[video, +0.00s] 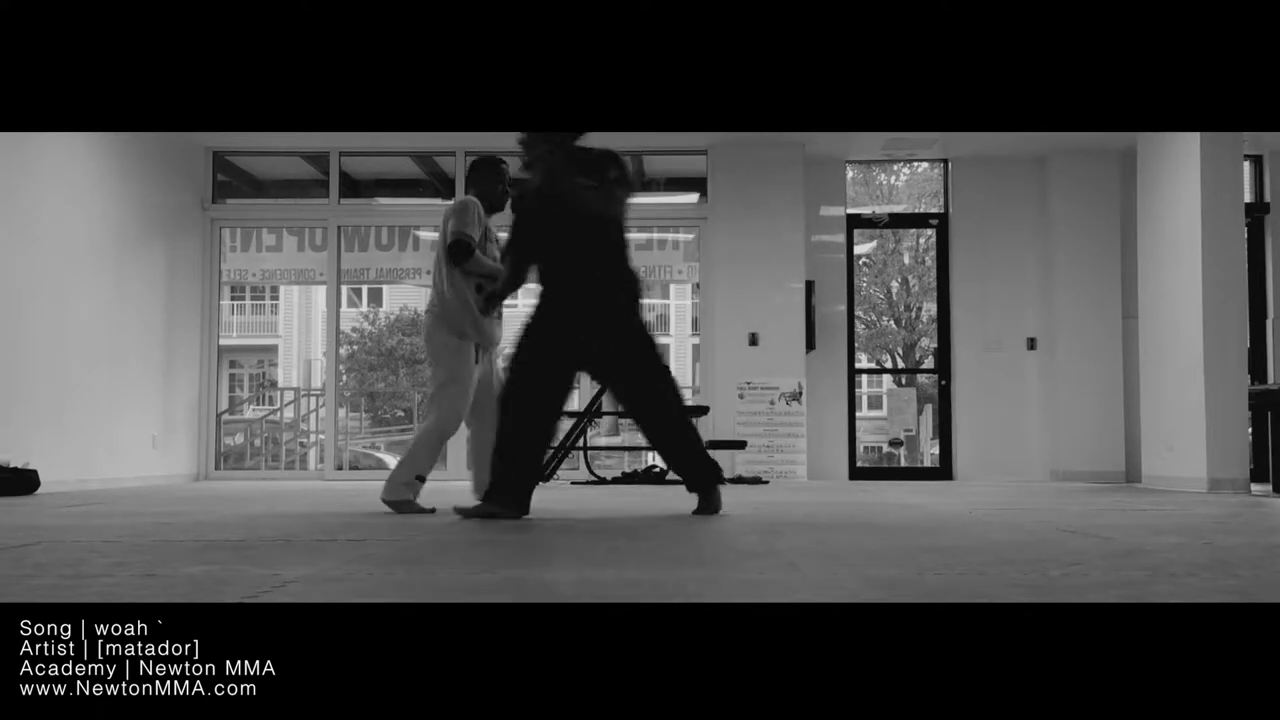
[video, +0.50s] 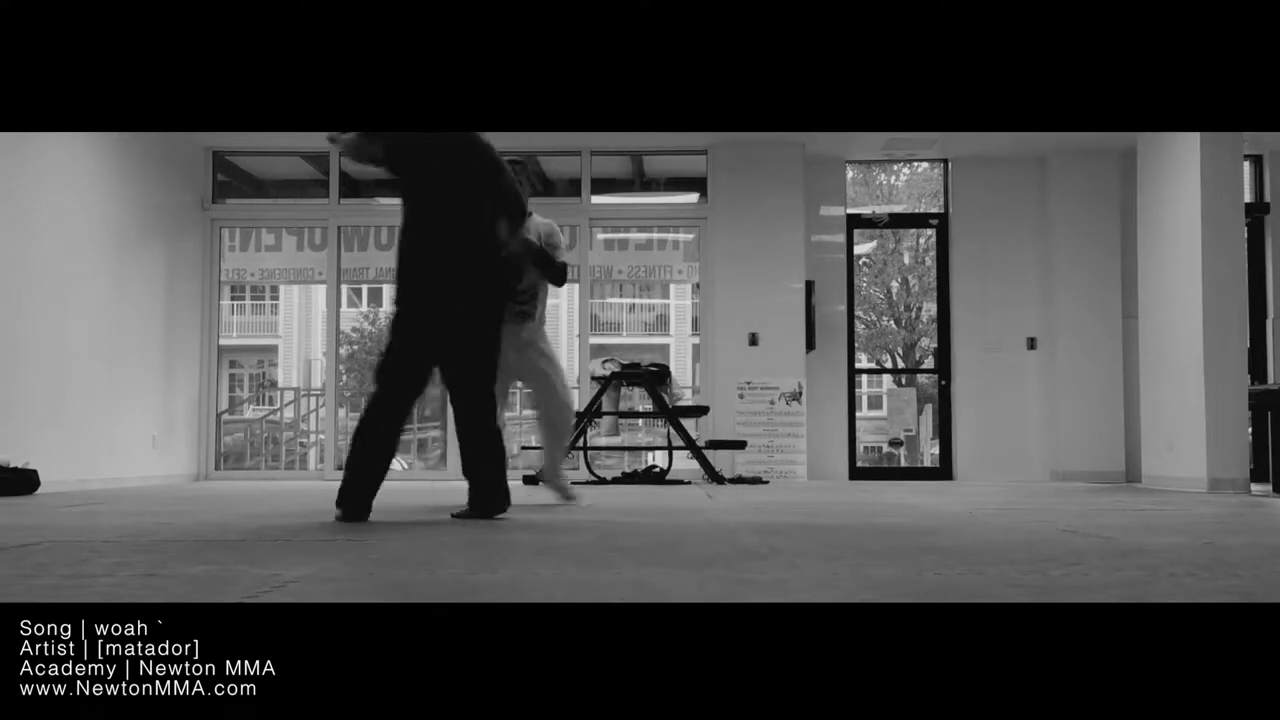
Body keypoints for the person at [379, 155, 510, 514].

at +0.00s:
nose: (508, 191)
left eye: (508, 184)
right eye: (504, 184)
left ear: (483, 184)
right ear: (488, 184)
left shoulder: (487, 229)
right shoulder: (467, 206)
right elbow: (460, 252)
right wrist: (504, 272)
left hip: (481, 336)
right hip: (453, 330)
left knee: (489, 417)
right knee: (448, 416)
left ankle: (490, 496)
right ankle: (399, 491)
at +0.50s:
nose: (514, 194)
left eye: (519, 186)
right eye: (507, 187)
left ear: (528, 191)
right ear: (496, 193)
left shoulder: (543, 229)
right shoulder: (487, 230)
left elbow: (560, 277)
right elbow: (476, 277)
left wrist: (530, 250)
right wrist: (504, 252)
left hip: (530, 337)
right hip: (493, 337)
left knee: (559, 403)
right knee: (487, 411)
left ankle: (552, 471)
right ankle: (487, 483)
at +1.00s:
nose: (488, 255)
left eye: (492, 247)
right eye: (483, 249)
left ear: (507, 242)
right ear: (481, 251)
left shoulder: (536, 260)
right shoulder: (489, 277)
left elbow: (563, 279)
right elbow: (463, 294)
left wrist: (517, 292)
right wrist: (469, 250)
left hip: (567, 359)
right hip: (525, 366)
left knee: (589, 424)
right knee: (490, 414)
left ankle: (628, 491)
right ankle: (491, 493)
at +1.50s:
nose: (503, 223)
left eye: (509, 215)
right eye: (498, 217)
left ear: (524, 215)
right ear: (492, 220)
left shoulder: (544, 239)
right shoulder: (493, 250)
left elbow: (564, 276)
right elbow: (478, 294)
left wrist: (530, 249)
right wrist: (491, 265)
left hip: (560, 347)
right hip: (517, 353)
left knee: (579, 415)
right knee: (488, 414)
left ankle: (616, 489)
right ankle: (490, 492)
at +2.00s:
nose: (575, 210)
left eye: (581, 204)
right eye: (570, 203)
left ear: (590, 205)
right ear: (556, 203)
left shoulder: (601, 234)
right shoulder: (538, 228)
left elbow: (596, 266)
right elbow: (508, 271)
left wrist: (577, 223)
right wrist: (535, 270)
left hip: (583, 347)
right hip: (535, 346)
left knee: (601, 417)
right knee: (508, 417)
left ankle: (610, 489)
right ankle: (487, 486)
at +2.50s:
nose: (478, 213)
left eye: (482, 204)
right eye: (475, 207)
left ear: (500, 200)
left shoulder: (516, 217)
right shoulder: (498, 243)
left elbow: (528, 249)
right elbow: (474, 275)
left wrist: (484, 240)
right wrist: (468, 235)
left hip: (548, 334)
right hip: (518, 344)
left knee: (561, 413)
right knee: (505, 413)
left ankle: (617, 476)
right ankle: (501, 490)